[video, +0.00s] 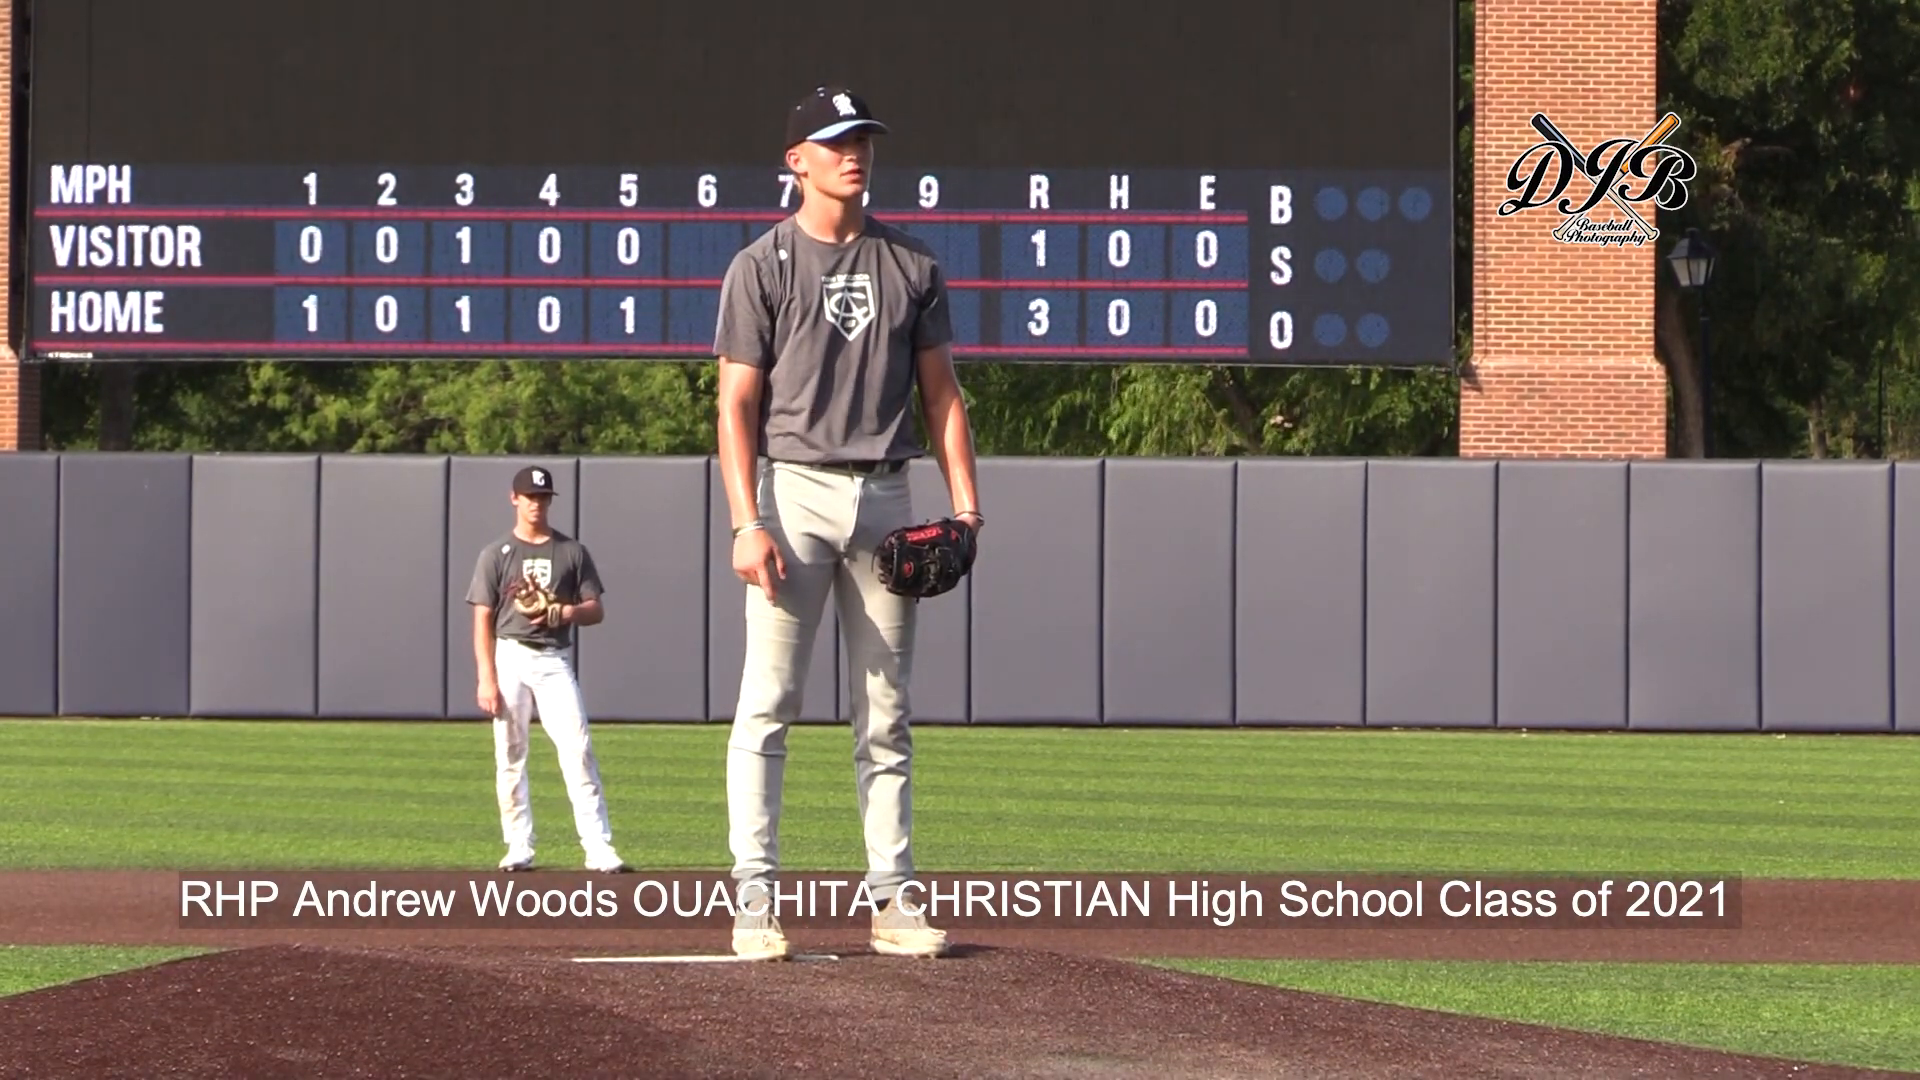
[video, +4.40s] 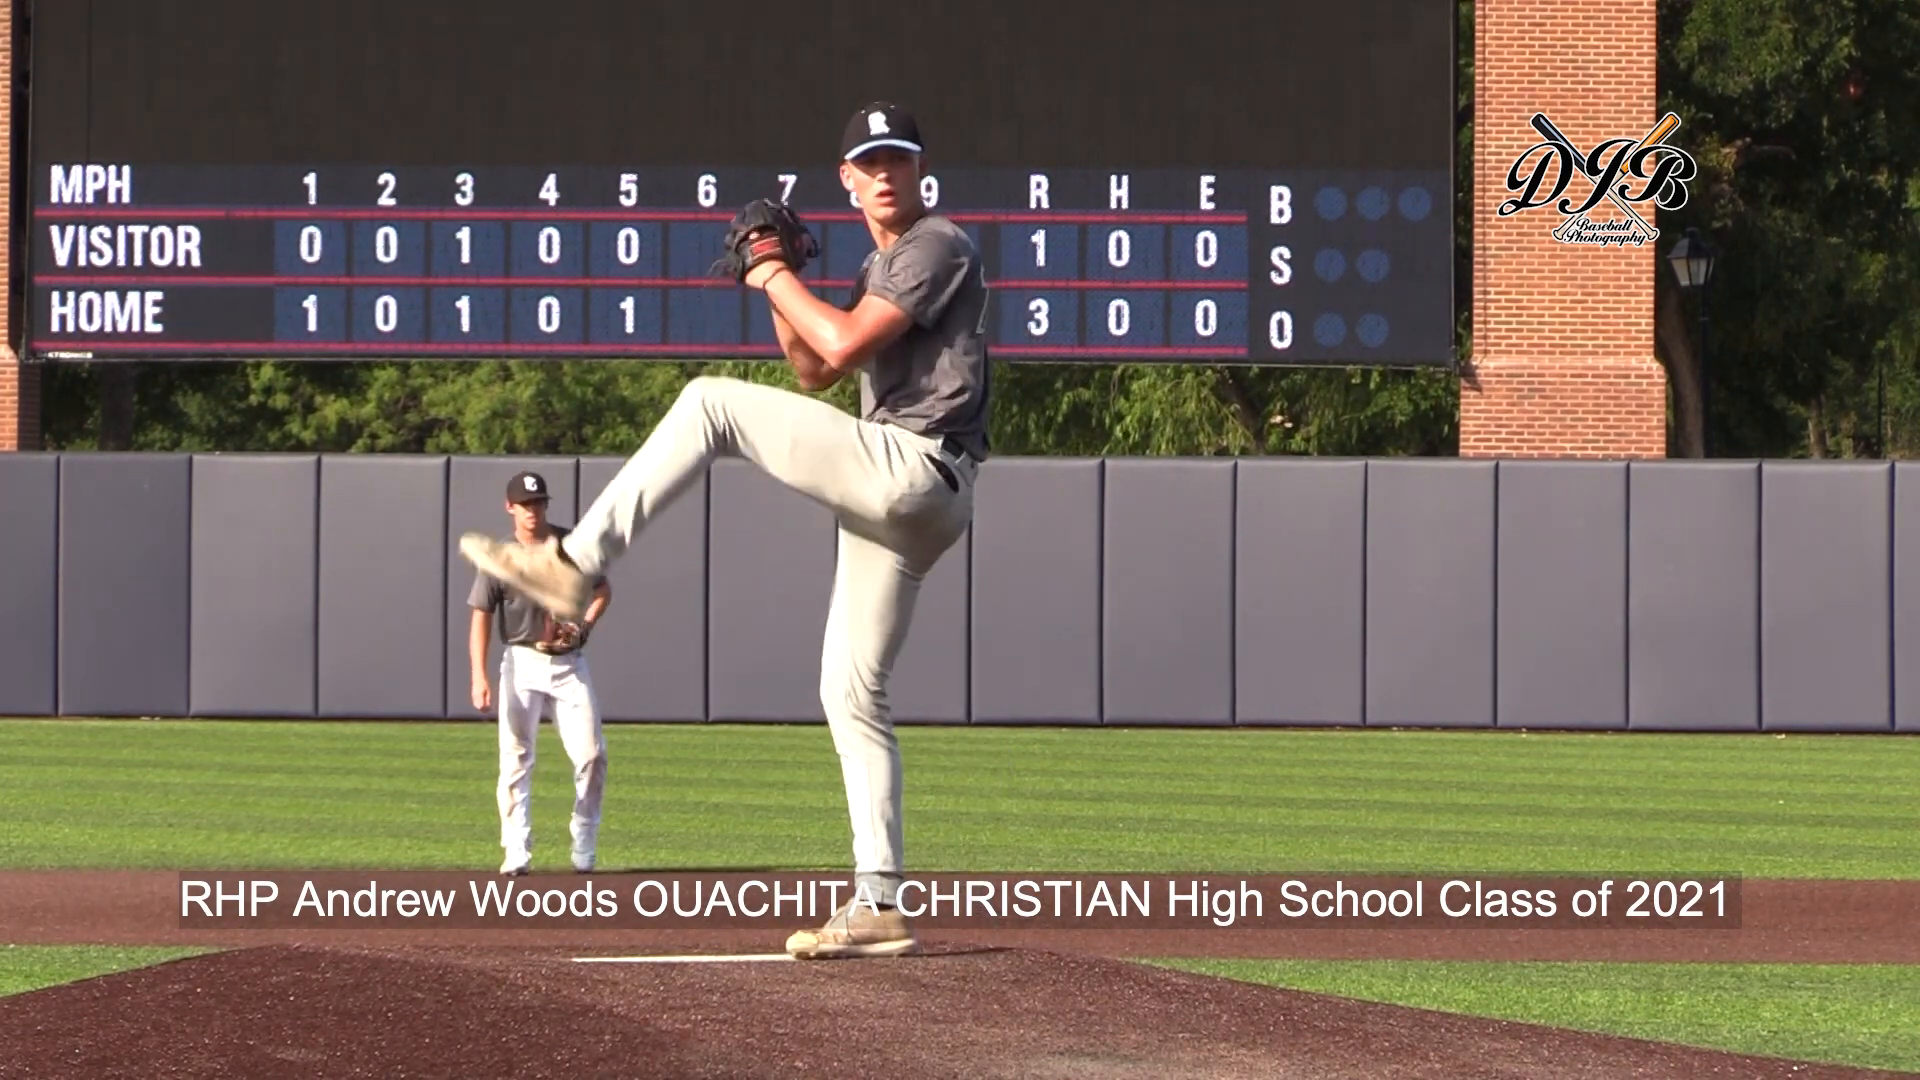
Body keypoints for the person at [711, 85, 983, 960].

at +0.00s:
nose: (854, 159)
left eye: (862, 145)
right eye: (837, 146)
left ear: (872, 158)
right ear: (799, 160)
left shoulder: (911, 267)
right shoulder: (759, 267)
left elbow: (943, 394)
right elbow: (734, 405)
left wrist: (965, 508)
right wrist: (746, 522)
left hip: (887, 497)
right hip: (790, 493)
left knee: (886, 711)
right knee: (768, 705)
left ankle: (892, 897)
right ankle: (755, 895)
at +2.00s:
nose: (839, 158)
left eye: (846, 144)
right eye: (821, 146)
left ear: (857, 157)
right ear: (782, 160)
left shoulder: (901, 259)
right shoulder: (745, 263)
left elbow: (931, 386)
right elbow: (721, 397)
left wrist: (901, 487)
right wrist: (816, 474)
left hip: (875, 502)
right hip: (778, 500)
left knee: (886, 710)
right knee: (764, 700)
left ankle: (892, 897)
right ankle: (754, 898)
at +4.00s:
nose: (901, 165)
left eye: (911, 150)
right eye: (884, 153)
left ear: (930, 160)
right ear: (857, 167)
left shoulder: (953, 244)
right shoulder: (858, 263)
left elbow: (932, 383)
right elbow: (846, 381)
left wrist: (817, 423)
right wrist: (784, 405)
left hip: (930, 486)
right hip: (867, 490)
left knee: (870, 686)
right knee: (851, 697)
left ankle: (940, 882)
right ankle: (880, 898)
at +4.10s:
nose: (895, 165)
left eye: (906, 150)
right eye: (879, 153)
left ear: (926, 160)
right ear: (853, 166)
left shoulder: (948, 243)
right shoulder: (865, 261)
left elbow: (914, 378)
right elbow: (849, 368)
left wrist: (796, 391)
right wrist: (780, 368)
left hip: (925, 479)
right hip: (873, 479)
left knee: (797, 630)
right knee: (868, 696)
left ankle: (872, 829)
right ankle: (874, 908)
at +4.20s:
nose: (889, 168)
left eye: (902, 153)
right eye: (873, 155)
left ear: (925, 162)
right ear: (851, 170)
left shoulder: (946, 242)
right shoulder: (869, 264)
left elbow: (893, 371)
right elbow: (853, 387)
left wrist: (778, 343)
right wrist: (779, 342)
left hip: (920, 475)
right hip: (885, 476)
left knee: (741, 557)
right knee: (863, 704)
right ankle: (882, 906)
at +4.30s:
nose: (886, 173)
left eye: (899, 157)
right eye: (870, 160)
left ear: (924, 166)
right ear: (850, 174)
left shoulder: (943, 242)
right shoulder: (875, 263)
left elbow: (871, 360)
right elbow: (839, 380)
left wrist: (773, 303)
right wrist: (778, 309)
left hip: (918, 473)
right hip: (894, 477)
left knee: (713, 481)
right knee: (864, 702)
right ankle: (879, 907)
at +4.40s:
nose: (885, 178)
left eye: (897, 162)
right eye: (869, 165)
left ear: (922, 170)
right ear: (848, 178)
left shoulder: (937, 243)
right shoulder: (878, 264)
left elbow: (845, 346)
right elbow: (811, 365)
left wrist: (773, 276)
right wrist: (779, 276)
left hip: (910, 468)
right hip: (898, 488)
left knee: (711, 403)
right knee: (854, 698)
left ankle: (575, 565)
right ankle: (878, 905)